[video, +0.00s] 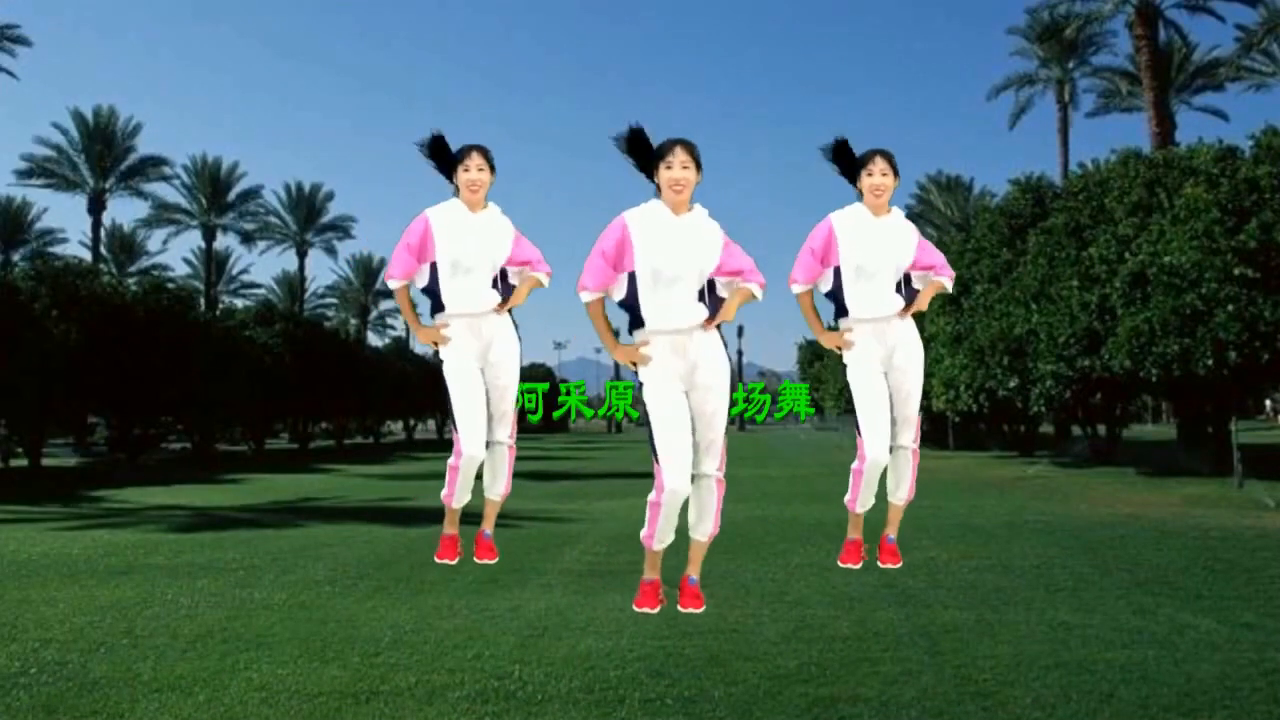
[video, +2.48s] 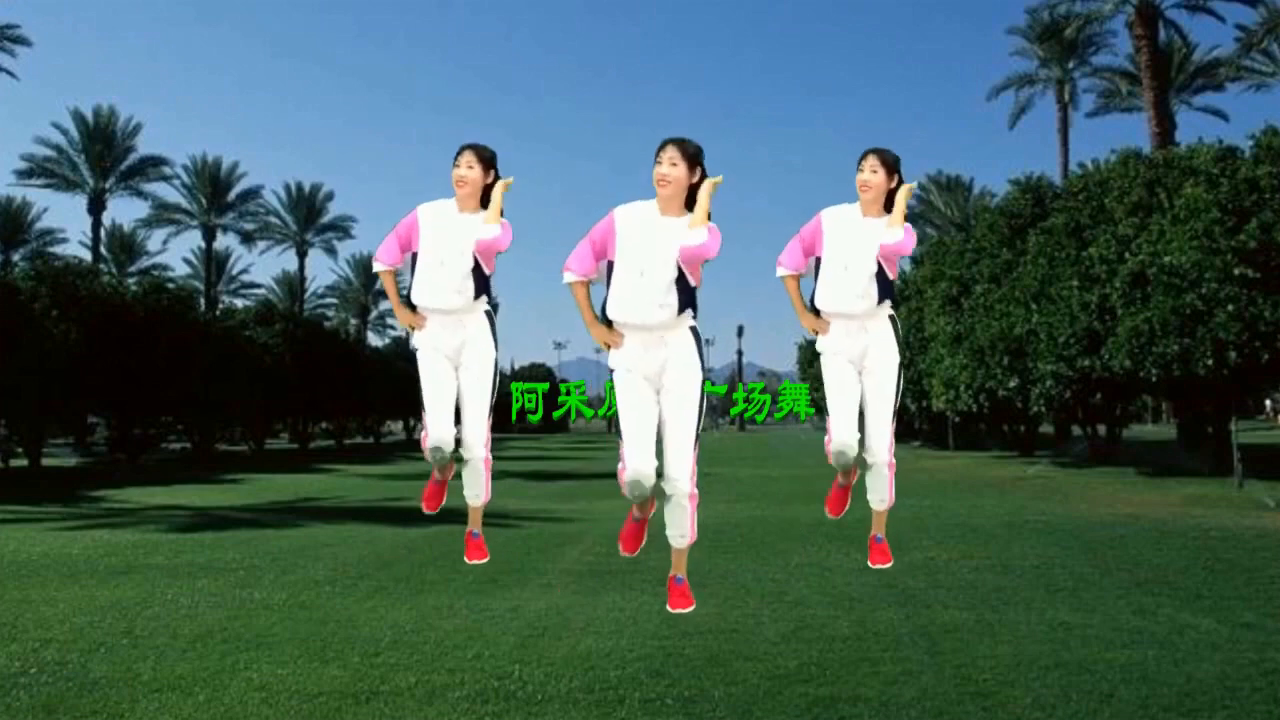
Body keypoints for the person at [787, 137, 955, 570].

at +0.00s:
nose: (878, 182)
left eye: (885, 175)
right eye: (870, 175)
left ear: (895, 183)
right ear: (858, 182)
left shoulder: (905, 230)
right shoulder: (837, 225)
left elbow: (940, 272)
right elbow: (801, 280)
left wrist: (922, 300)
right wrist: (822, 334)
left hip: (904, 335)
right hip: (859, 338)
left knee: (906, 440)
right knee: (875, 447)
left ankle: (890, 536)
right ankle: (854, 536)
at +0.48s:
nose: (872, 178)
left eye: (880, 172)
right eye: (865, 173)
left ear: (894, 179)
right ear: (857, 183)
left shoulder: (917, 222)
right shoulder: (851, 228)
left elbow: (940, 285)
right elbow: (803, 258)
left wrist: (919, 338)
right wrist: (832, 297)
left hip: (886, 338)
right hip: (842, 331)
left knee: (878, 444)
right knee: (833, 436)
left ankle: (888, 536)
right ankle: (848, 535)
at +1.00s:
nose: (869, 176)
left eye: (877, 170)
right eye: (863, 169)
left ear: (891, 178)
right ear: (855, 177)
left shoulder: (909, 223)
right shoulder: (835, 222)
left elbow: (959, 248)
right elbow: (798, 275)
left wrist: (928, 284)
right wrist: (821, 322)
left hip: (901, 331)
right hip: (857, 335)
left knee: (901, 440)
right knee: (866, 443)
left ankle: (889, 536)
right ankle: (852, 537)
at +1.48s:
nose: (874, 186)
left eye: (882, 179)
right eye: (870, 179)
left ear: (903, 185)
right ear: (865, 186)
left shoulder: (912, 238)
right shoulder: (844, 225)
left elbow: (909, 295)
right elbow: (802, 276)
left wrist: (918, 238)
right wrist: (819, 325)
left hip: (899, 339)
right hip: (855, 340)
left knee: (900, 447)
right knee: (876, 444)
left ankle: (889, 537)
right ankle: (861, 507)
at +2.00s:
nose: (853, 164)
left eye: (861, 157)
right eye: (850, 157)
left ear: (881, 164)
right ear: (846, 165)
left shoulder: (901, 210)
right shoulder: (830, 211)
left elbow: (904, 243)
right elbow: (789, 247)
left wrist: (888, 187)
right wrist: (806, 293)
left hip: (872, 326)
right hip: (828, 322)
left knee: (871, 441)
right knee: (807, 429)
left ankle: (888, 532)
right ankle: (787, 524)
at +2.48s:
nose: (865, 176)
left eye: (875, 171)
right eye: (862, 170)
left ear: (892, 182)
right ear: (855, 179)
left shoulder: (898, 228)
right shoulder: (829, 219)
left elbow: (892, 247)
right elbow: (787, 264)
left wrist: (898, 205)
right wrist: (803, 314)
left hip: (878, 332)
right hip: (834, 333)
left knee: (879, 444)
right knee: (842, 445)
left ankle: (879, 534)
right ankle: (846, 477)